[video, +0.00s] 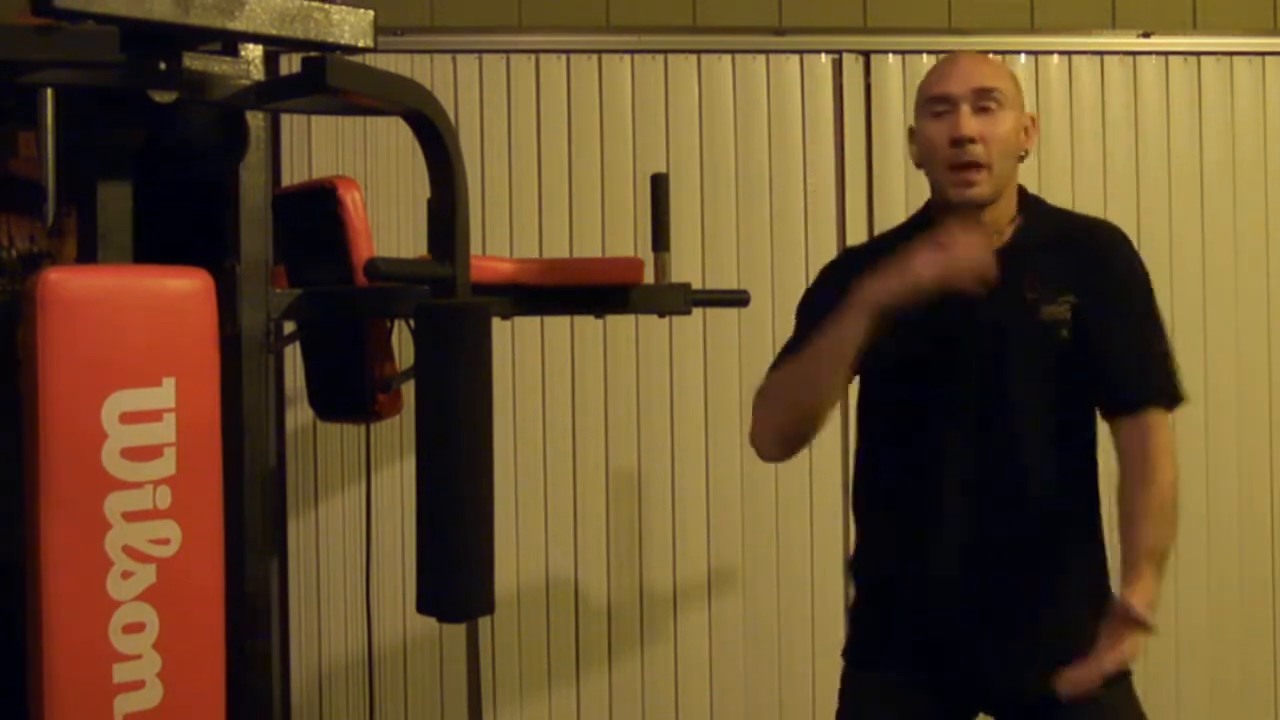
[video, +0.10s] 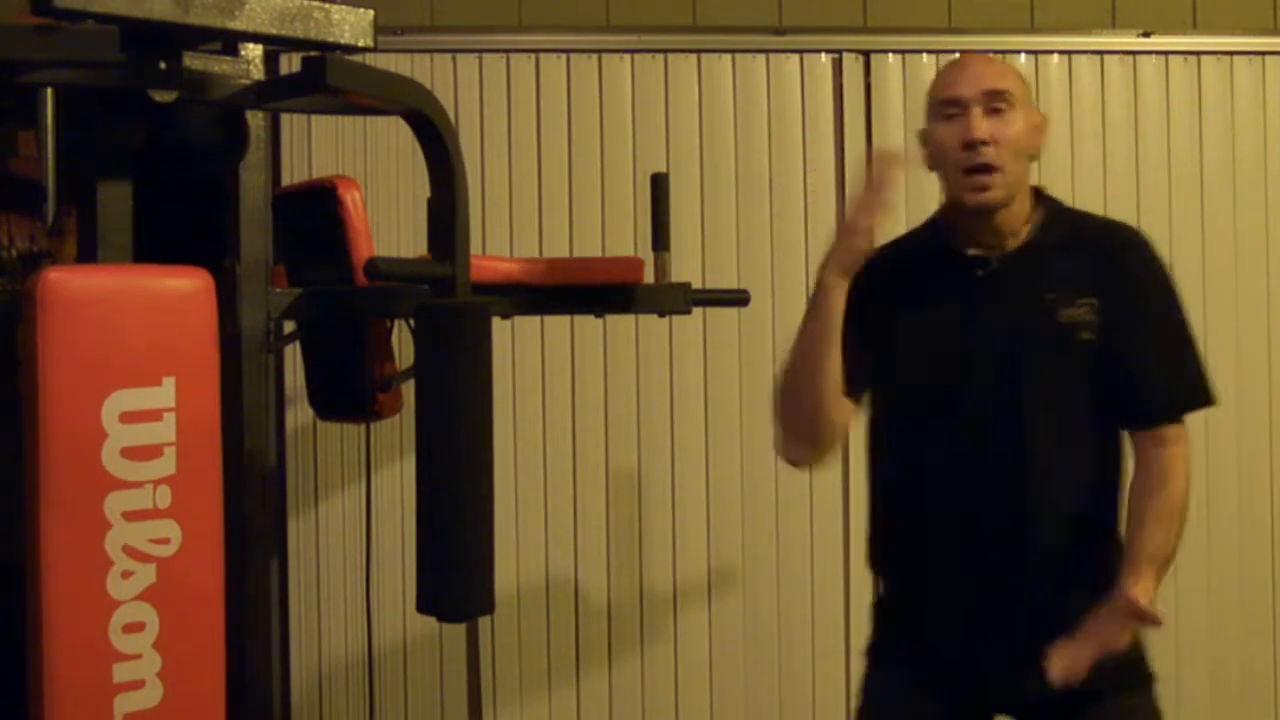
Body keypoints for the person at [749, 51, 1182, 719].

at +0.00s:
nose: (963, 127)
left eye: (987, 107)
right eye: (940, 110)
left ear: (1026, 134)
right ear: (915, 143)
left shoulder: (1092, 258)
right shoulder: (858, 276)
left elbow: (1144, 434)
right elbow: (772, 437)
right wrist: (872, 297)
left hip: (1057, 640)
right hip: (903, 641)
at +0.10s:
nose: (975, 131)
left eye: (997, 108)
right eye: (952, 113)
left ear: (1036, 132)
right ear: (924, 147)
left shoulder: (1111, 261)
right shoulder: (885, 276)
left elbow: (1161, 445)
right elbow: (802, 444)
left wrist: (1131, 595)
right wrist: (838, 269)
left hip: (1076, 645)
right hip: (921, 645)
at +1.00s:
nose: (948, 154)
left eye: (974, 126)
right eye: (930, 131)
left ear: (1028, 141)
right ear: (916, 148)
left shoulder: (1103, 248)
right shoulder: (903, 274)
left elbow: (1188, 363)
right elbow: (812, 398)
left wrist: (1139, 241)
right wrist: (844, 264)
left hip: (1086, 624)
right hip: (938, 626)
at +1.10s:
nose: (959, 133)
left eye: (984, 106)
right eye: (941, 113)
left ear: (1037, 124)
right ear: (926, 132)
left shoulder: (1112, 233)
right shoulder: (904, 262)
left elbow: (1219, 304)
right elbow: (801, 339)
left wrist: (1176, 181)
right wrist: (818, 188)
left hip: (1098, 628)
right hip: (945, 628)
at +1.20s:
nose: (978, 131)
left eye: (1001, 107)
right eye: (958, 113)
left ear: (1052, 125)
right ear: (941, 136)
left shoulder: (1132, 245)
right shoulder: (914, 272)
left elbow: (1247, 356)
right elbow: (800, 370)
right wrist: (804, 228)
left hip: (1112, 633)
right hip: (958, 635)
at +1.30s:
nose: (996, 138)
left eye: (1017, 113)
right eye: (975, 120)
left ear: (1068, 127)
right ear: (956, 141)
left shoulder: (1151, 262)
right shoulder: (918, 285)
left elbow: (1233, 405)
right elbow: (834, 449)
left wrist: (1233, 469)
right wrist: (810, 412)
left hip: (1121, 629)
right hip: (966, 632)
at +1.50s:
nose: (1024, 144)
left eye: (1040, 120)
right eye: (995, 126)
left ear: (1066, 138)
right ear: (955, 156)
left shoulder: (1136, 281)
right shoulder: (900, 297)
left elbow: (1164, 473)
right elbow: (863, 469)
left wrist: (1172, 655)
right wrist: (878, 628)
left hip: (1097, 648)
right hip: (947, 657)